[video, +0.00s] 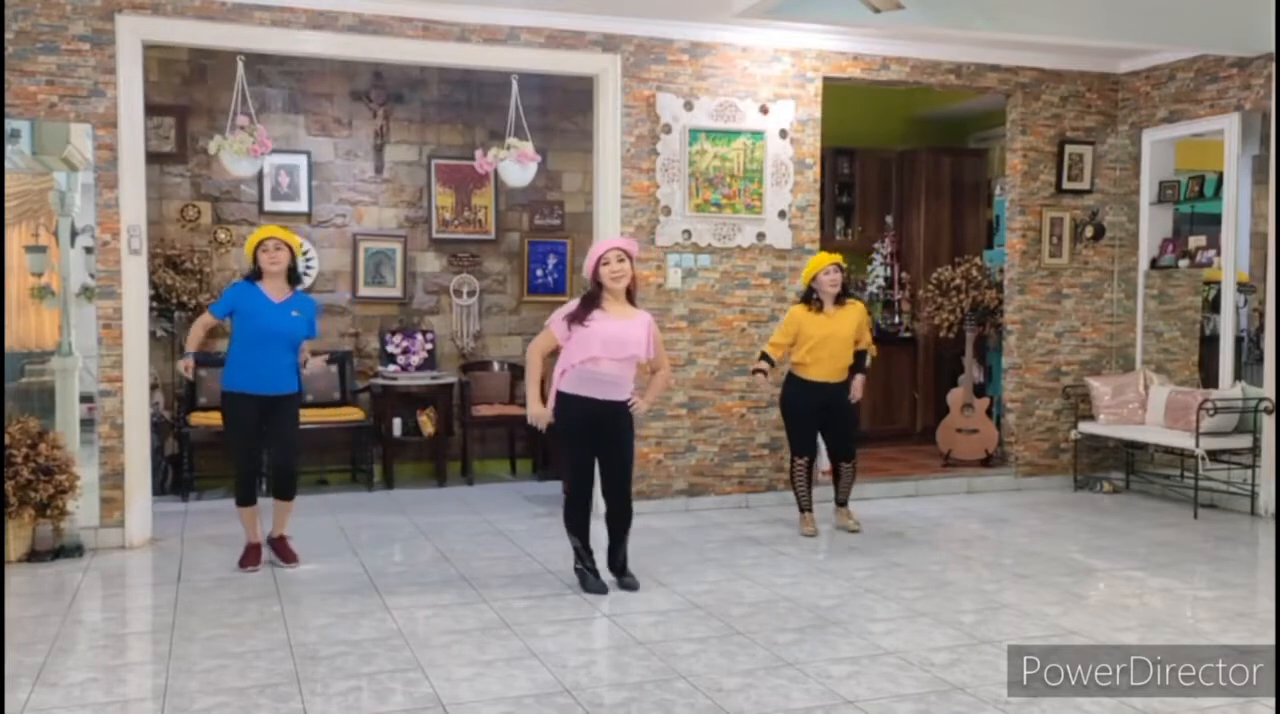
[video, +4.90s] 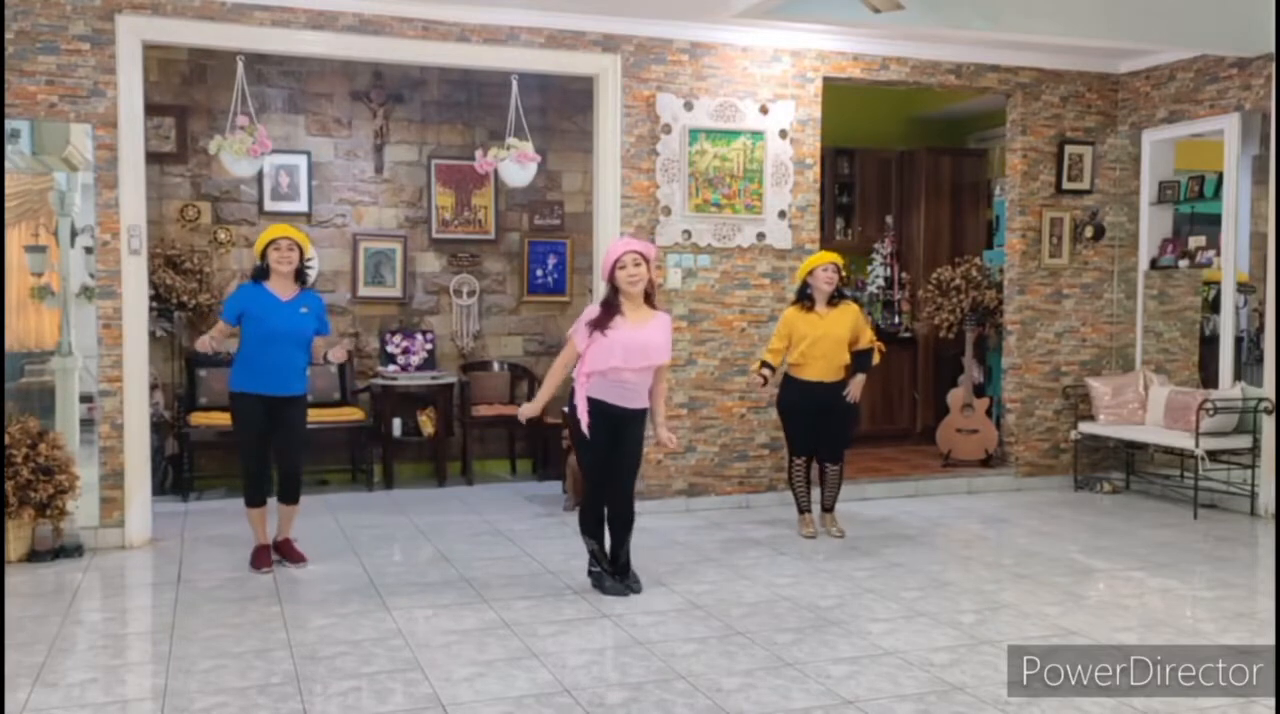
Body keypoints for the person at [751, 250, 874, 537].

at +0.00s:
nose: (834, 277)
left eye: (837, 272)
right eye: (826, 273)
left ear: (843, 277)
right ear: (813, 281)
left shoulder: (855, 310)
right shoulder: (799, 313)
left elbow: (864, 346)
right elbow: (778, 344)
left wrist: (859, 375)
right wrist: (764, 363)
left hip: (837, 391)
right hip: (800, 390)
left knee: (845, 453)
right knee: (803, 453)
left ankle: (842, 509)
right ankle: (806, 514)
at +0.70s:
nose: (835, 278)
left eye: (838, 273)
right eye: (828, 273)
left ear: (842, 279)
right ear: (813, 280)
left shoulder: (854, 307)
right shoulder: (800, 318)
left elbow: (872, 337)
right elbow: (792, 357)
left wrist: (868, 369)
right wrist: (788, 385)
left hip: (847, 389)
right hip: (809, 390)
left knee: (853, 454)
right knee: (808, 454)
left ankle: (856, 512)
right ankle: (808, 513)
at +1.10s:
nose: (856, 279)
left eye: (859, 274)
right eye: (850, 274)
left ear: (861, 279)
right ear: (833, 280)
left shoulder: (871, 305)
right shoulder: (821, 319)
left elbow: (889, 332)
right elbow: (818, 362)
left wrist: (888, 365)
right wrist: (830, 392)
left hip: (869, 387)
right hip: (835, 389)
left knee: (868, 453)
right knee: (833, 453)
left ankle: (858, 512)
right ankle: (818, 511)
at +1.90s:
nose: (856, 276)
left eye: (859, 271)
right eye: (849, 271)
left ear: (864, 278)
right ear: (834, 279)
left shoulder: (871, 314)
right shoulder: (818, 312)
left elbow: (888, 346)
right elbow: (801, 351)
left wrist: (880, 373)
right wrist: (794, 384)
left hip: (857, 391)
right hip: (821, 389)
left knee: (858, 453)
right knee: (818, 453)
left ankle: (857, 512)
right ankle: (811, 514)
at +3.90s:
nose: (858, 274)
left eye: (861, 269)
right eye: (851, 270)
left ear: (866, 276)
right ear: (837, 278)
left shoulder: (877, 309)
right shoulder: (825, 315)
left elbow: (895, 340)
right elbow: (816, 357)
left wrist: (890, 370)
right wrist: (825, 388)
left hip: (869, 388)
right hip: (835, 387)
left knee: (866, 452)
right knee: (834, 453)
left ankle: (858, 512)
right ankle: (832, 512)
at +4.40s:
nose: (843, 273)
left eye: (847, 269)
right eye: (836, 269)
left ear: (853, 277)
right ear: (823, 276)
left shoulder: (862, 313)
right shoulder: (807, 312)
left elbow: (875, 346)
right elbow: (791, 351)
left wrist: (869, 375)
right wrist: (784, 385)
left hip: (847, 390)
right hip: (809, 388)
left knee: (851, 453)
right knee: (808, 454)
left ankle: (855, 513)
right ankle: (805, 515)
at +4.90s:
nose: (831, 275)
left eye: (834, 271)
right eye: (824, 270)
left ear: (839, 279)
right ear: (809, 278)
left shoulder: (851, 312)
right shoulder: (793, 314)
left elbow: (865, 347)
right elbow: (776, 350)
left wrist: (860, 376)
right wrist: (764, 371)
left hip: (835, 393)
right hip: (797, 391)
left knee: (832, 456)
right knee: (800, 455)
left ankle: (828, 513)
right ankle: (805, 514)